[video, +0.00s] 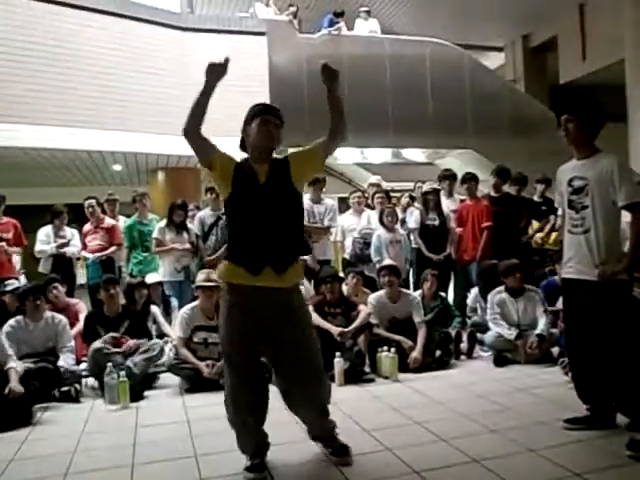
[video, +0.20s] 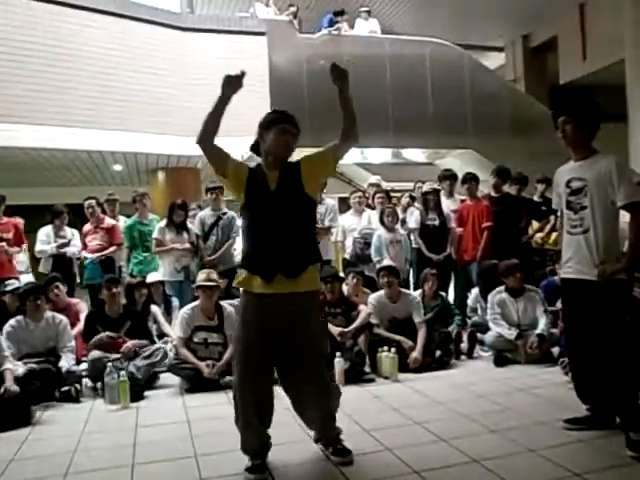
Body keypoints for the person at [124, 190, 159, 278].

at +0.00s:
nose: (144, 203)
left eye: (146, 200)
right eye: (140, 201)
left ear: (149, 202)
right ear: (135, 205)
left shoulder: (156, 221)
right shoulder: (130, 224)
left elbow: (159, 243)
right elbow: (127, 247)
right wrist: (124, 267)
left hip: (154, 266)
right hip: (136, 266)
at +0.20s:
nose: (144, 203)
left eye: (146, 199)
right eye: (140, 201)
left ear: (150, 202)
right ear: (136, 205)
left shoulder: (156, 221)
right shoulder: (130, 225)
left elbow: (160, 243)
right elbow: (127, 247)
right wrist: (124, 267)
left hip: (154, 265)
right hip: (136, 266)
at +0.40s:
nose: (144, 203)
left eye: (145, 199)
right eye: (140, 201)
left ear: (149, 202)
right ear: (135, 205)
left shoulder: (156, 221)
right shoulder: (129, 225)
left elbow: (160, 243)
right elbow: (127, 247)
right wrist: (124, 269)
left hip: (154, 266)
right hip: (136, 267)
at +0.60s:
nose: (144, 203)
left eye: (146, 199)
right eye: (140, 200)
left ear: (149, 202)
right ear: (135, 205)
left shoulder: (156, 220)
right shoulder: (130, 224)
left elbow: (160, 243)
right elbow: (127, 247)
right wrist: (125, 268)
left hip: (154, 266)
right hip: (136, 267)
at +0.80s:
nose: (144, 202)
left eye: (146, 199)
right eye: (140, 200)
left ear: (150, 202)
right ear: (136, 204)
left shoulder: (157, 220)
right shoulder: (130, 224)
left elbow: (160, 243)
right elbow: (127, 247)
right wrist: (125, 267)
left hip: (155, 265)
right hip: (137, 266)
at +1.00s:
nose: (144, 202)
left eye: (146, 199)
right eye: (140, 200)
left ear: (150, 202)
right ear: (136, 204)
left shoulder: (157, 220)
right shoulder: (130, 224)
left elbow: (160, 243)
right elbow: (127, 247)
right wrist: (125, 268)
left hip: (155, 266)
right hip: (138, 267)